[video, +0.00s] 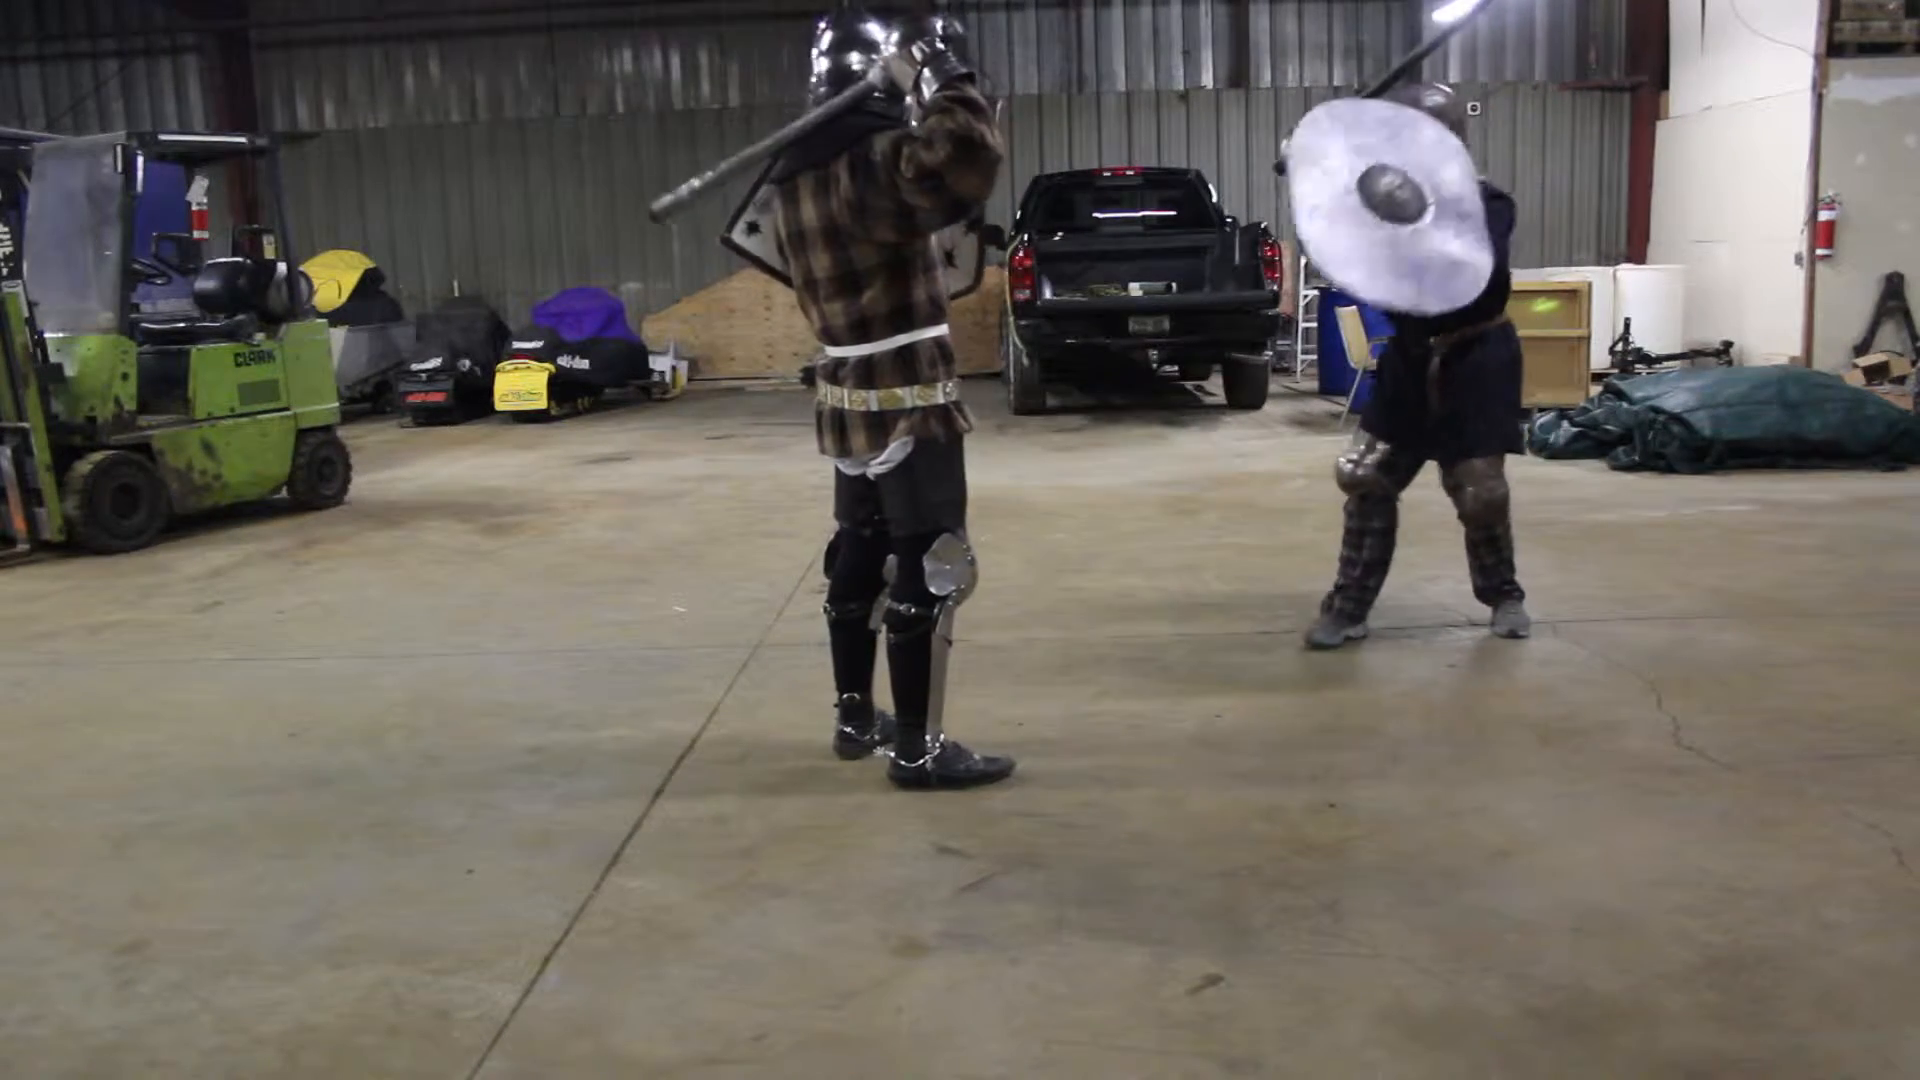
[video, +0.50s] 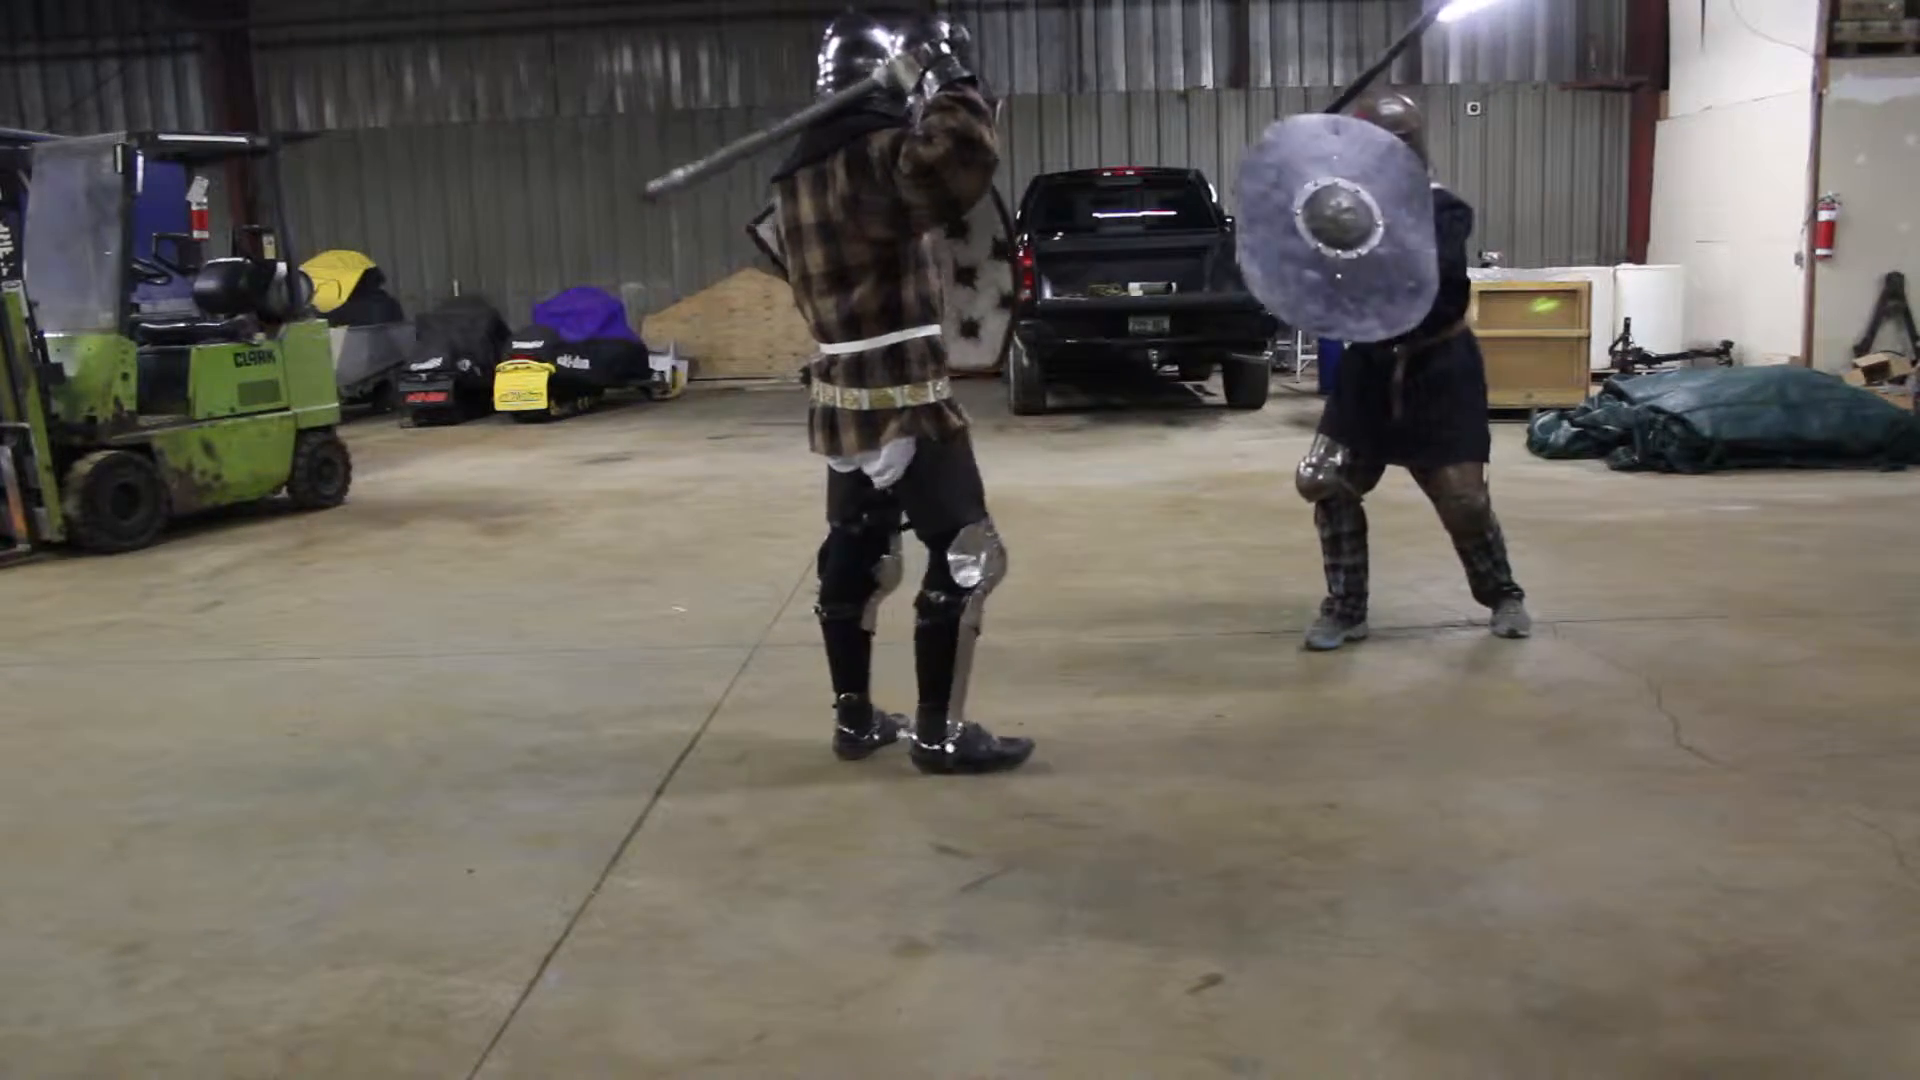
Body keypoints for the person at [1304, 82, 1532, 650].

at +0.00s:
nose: (1425, 144)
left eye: (1437, 132)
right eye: (1414, 133)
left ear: (1458, 136)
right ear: (1401, 137)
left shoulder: (1488, 204)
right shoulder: (1391, 200)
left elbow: (1465, 280)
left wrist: (1417, 217)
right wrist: (1312, 180)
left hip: (1479, 350)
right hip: (1410, 349)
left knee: (1480, 487)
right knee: (1368, 476)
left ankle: (1504, 598)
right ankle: (1347, 607)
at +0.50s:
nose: (1394, 153)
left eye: (1404, 140)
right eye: (1380, 142)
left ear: (1421, 145)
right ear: (1358, 147)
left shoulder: (1444, 212)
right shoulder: (1347, 210)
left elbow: (1447, 303)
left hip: (1439, 359)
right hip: (1365, 360)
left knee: (1462, 498)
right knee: (1328, 481)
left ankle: (1503, 598)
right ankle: (1345, 608)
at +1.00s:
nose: (1374, 156)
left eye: (1387, 143)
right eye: (1363, 143)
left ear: (1413, 148)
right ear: (1353, 147)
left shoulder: (1443, 215)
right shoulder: (1347, 209)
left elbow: (1438, 305)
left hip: (1438, 357)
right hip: (1365, 358)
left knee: (1461, 489)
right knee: (1330, 479)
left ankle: (1504, 597)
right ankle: (1344, 610)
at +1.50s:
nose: (1363, 168)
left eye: (1374, 157)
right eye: (1353, 158)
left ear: (1393, 159)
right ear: (1337, 168)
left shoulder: (1433, 202)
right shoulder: (1322, 211)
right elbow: (1282, 277)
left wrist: (1390, 186)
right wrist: (1259, 211)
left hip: (1433, 352)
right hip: (1356, 354)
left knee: (1464, 490)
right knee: (1331, 484)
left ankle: (1499, 597)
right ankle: (1344, 611)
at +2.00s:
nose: (1403, 147)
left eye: (1416, 133)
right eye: (1390, 137)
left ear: (1435, 142)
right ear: (1373, 149)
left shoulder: (1463, 193)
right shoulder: (1356, 202)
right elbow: (1288, 236)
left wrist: (1432, 127)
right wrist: (1291, 161)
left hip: (1467, 341)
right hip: (1388, 344)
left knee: (1487, 473)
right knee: (1358, 476)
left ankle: (1502, 596)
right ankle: (1347, 608)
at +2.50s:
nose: (1441, 175)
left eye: (1453, 164)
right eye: (1431, 164)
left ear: (1471, 171)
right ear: (1412, 173)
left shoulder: (1492, 231)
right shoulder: (1385, 239)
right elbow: (1339, 300)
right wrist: (1333, 232)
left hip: (1491, 369)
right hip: (1419, 372)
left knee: (1495, 498)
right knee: (1362, 478)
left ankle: (1541, 598)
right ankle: (1347, 610)